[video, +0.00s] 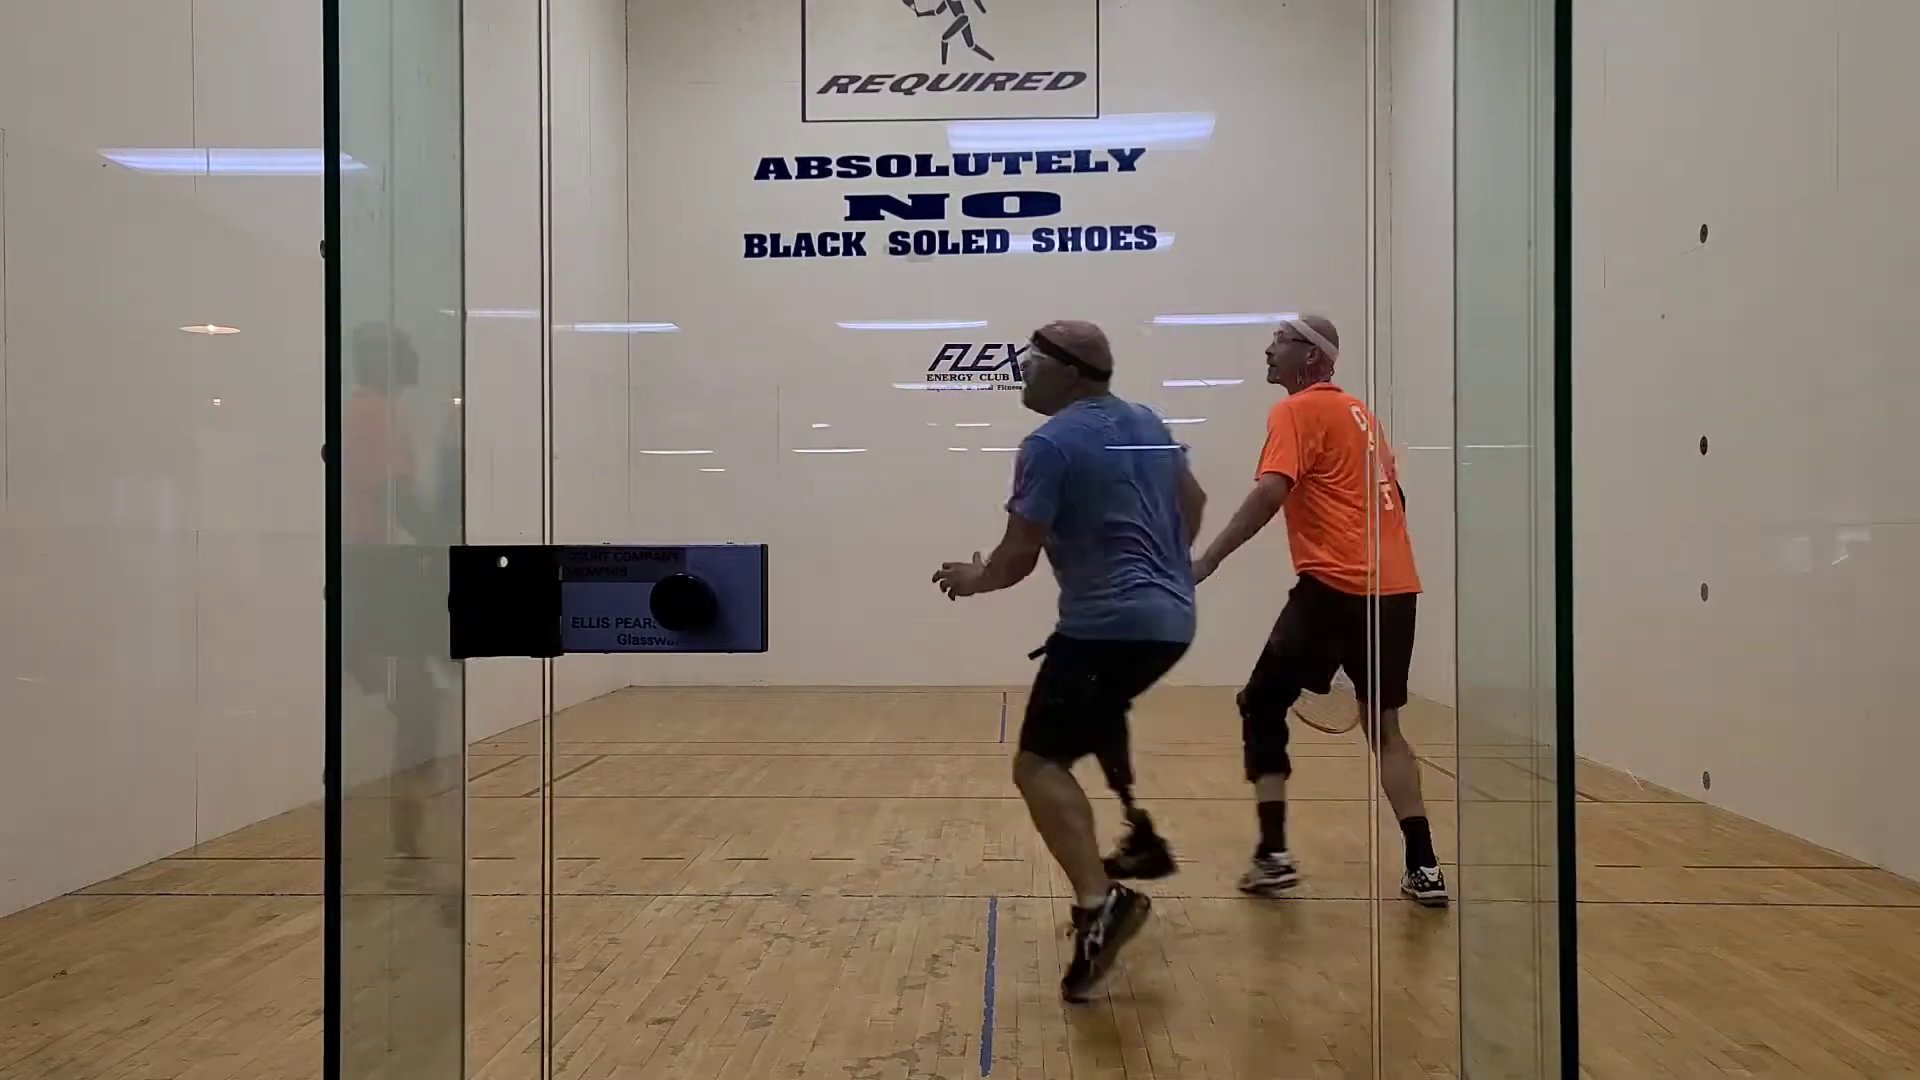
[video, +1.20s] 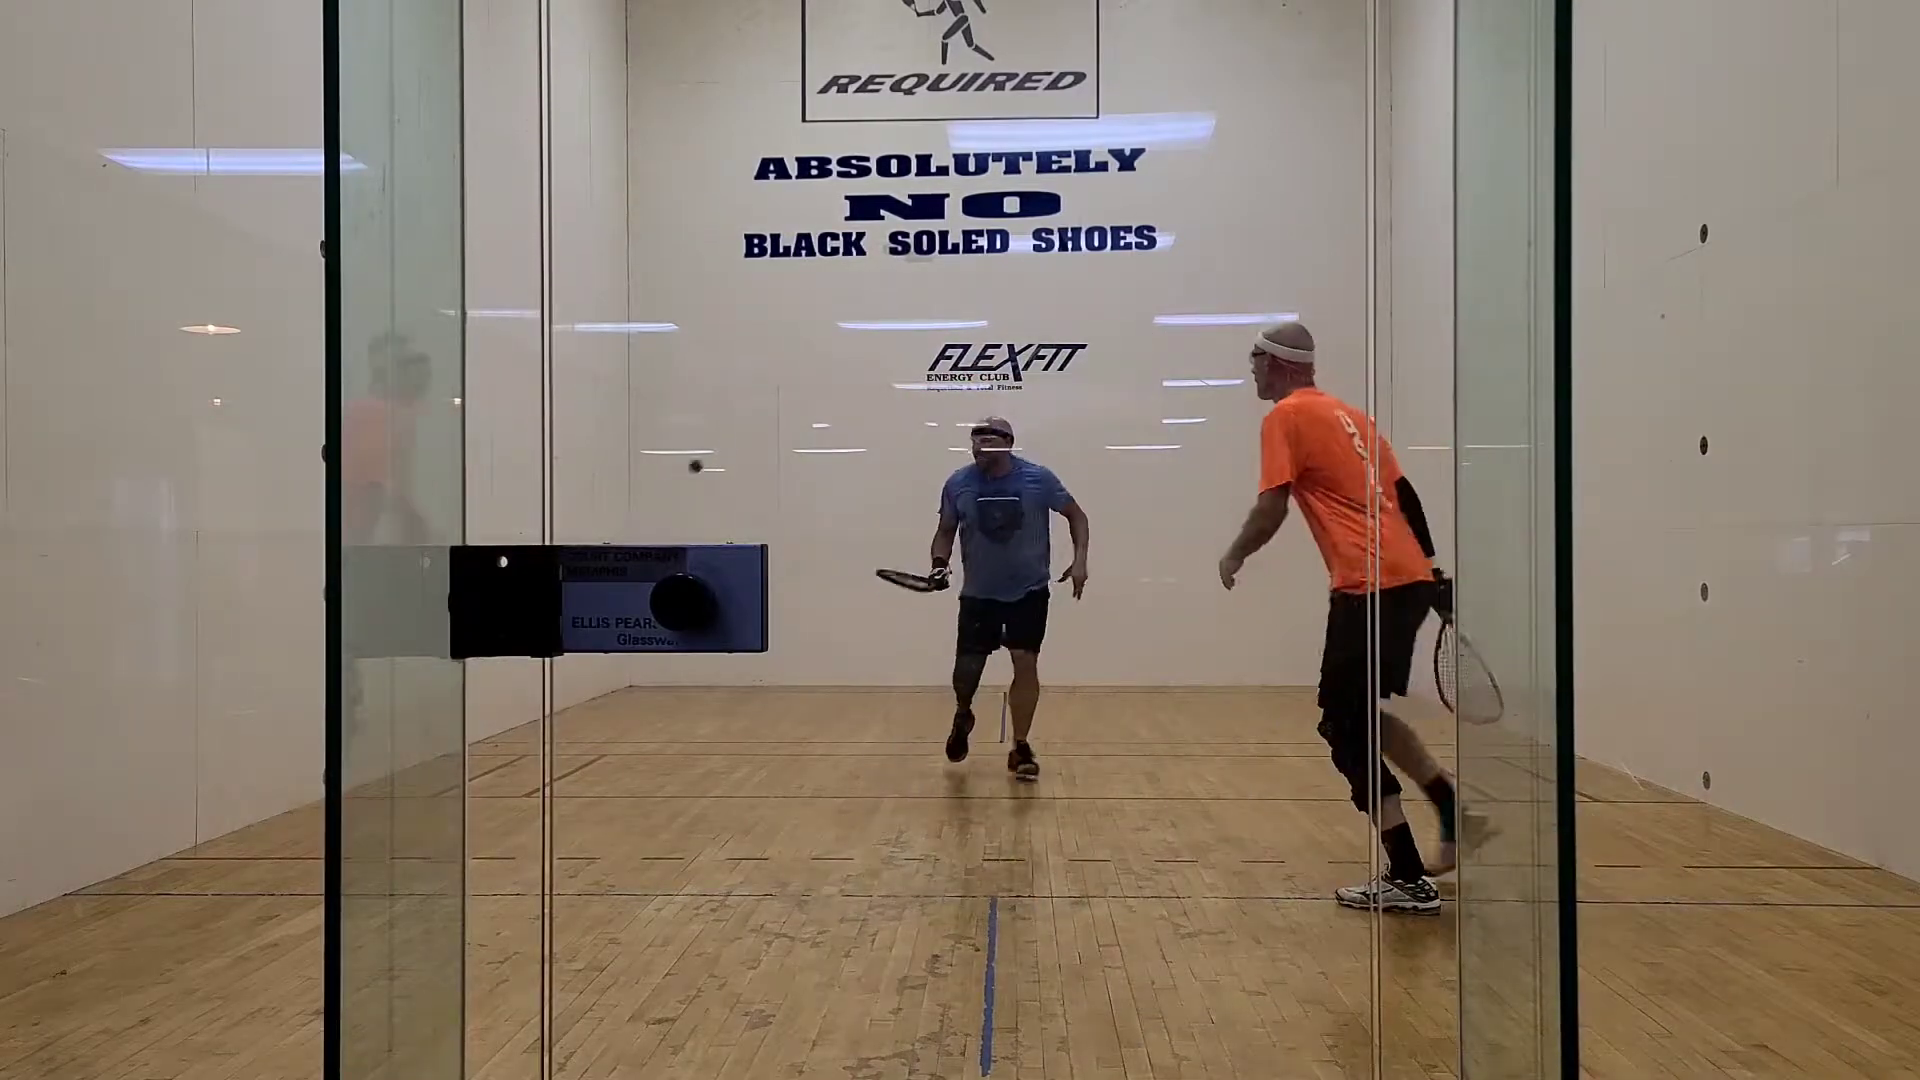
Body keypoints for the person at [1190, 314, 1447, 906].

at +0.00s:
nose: (1268, 353)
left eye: (1278, 343)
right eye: (1272, 343)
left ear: (1314, 356)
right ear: (1323, 360)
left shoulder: (1295, 409)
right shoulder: (1364, 414)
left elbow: (1270, 492)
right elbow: (1393, 498)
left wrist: (1206, 558)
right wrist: (1366, 562)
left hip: (1330, 588)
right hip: (1395, 592)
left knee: (1262, 704)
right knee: (1384, 722)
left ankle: (1272, 853)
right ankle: (1423, 865)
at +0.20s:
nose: (1301, 366)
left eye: (1313, 356)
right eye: (1303, 356)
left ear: (1349, 369)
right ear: (1353, 373)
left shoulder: (1333, 419)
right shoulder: (1383, 424)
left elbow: (1301, 506)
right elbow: (1399, 508)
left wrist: (1253, 543)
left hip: (1379, 595)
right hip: (1437, 593)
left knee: (1304, 711)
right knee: (1428, 713)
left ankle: (1312, 864)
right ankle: (1506, 838)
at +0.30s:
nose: (1335, 375)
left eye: (1345, 366)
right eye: (1337, 365)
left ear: (1376, 373)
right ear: (1383, 377)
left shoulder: (1376, 425)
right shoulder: (1410, 429)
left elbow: (1362, 520)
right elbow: (1424, 520)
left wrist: (1308, 564)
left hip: (1403, 608)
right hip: (1451, 608)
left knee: (1319, 713)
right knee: (1467, 728)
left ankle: (1311, 864)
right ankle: (1579, 841)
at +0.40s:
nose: (1380, 381)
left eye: (1392, 372)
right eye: (1381, 372)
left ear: (1425, 383)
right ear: (1427, 386)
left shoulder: (1425, 432)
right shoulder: (1445, 433)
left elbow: (1442, 518)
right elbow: (1459, 526)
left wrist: (1379, 584)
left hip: (1445, 618)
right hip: (1489, 617)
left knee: (1348, 711)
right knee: (1513, 740)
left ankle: (1313, 862)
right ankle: (1625, 858)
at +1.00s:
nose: (1320, 387)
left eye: (1328, 377)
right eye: (1322, 377)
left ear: (1358, 380)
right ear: (1373, 383)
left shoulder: (1368, 427)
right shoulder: (1410, 432)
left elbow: (1351, 510)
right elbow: (1459, 515)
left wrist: (1294, 574)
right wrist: (1464, 587)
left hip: (1430, 605)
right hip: (1478, 605)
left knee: (1358, 721)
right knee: (1505, 727)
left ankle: (1409, 875)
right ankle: (1613, 844)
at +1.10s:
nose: (1283, 384)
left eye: (1290, 373)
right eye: (1284, 374)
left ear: (1318, 374)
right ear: (1335, 375)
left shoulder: (1326, 422)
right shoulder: (1376, 425)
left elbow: (1313, 510)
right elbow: (1431, 507)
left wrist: (1254, 568)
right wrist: (1454, 584)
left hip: (1396, 592)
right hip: (1438, 588)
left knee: (1349, 727)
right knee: (1433, 722)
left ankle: (1409, 878)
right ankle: (1556, 817)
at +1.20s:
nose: (1254, 378)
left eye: (1257, 367)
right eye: (1255, 367)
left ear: (1277, 366)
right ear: (1306, 366)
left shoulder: (1282, 417)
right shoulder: (1356, 417)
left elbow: (1270, 510)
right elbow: (1404, 495)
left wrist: (1233, 556)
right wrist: (1432, 572)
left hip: (1364, 586)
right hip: (1407, 579)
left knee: (1344, 727)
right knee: (1366, 708)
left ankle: (1408, 875)